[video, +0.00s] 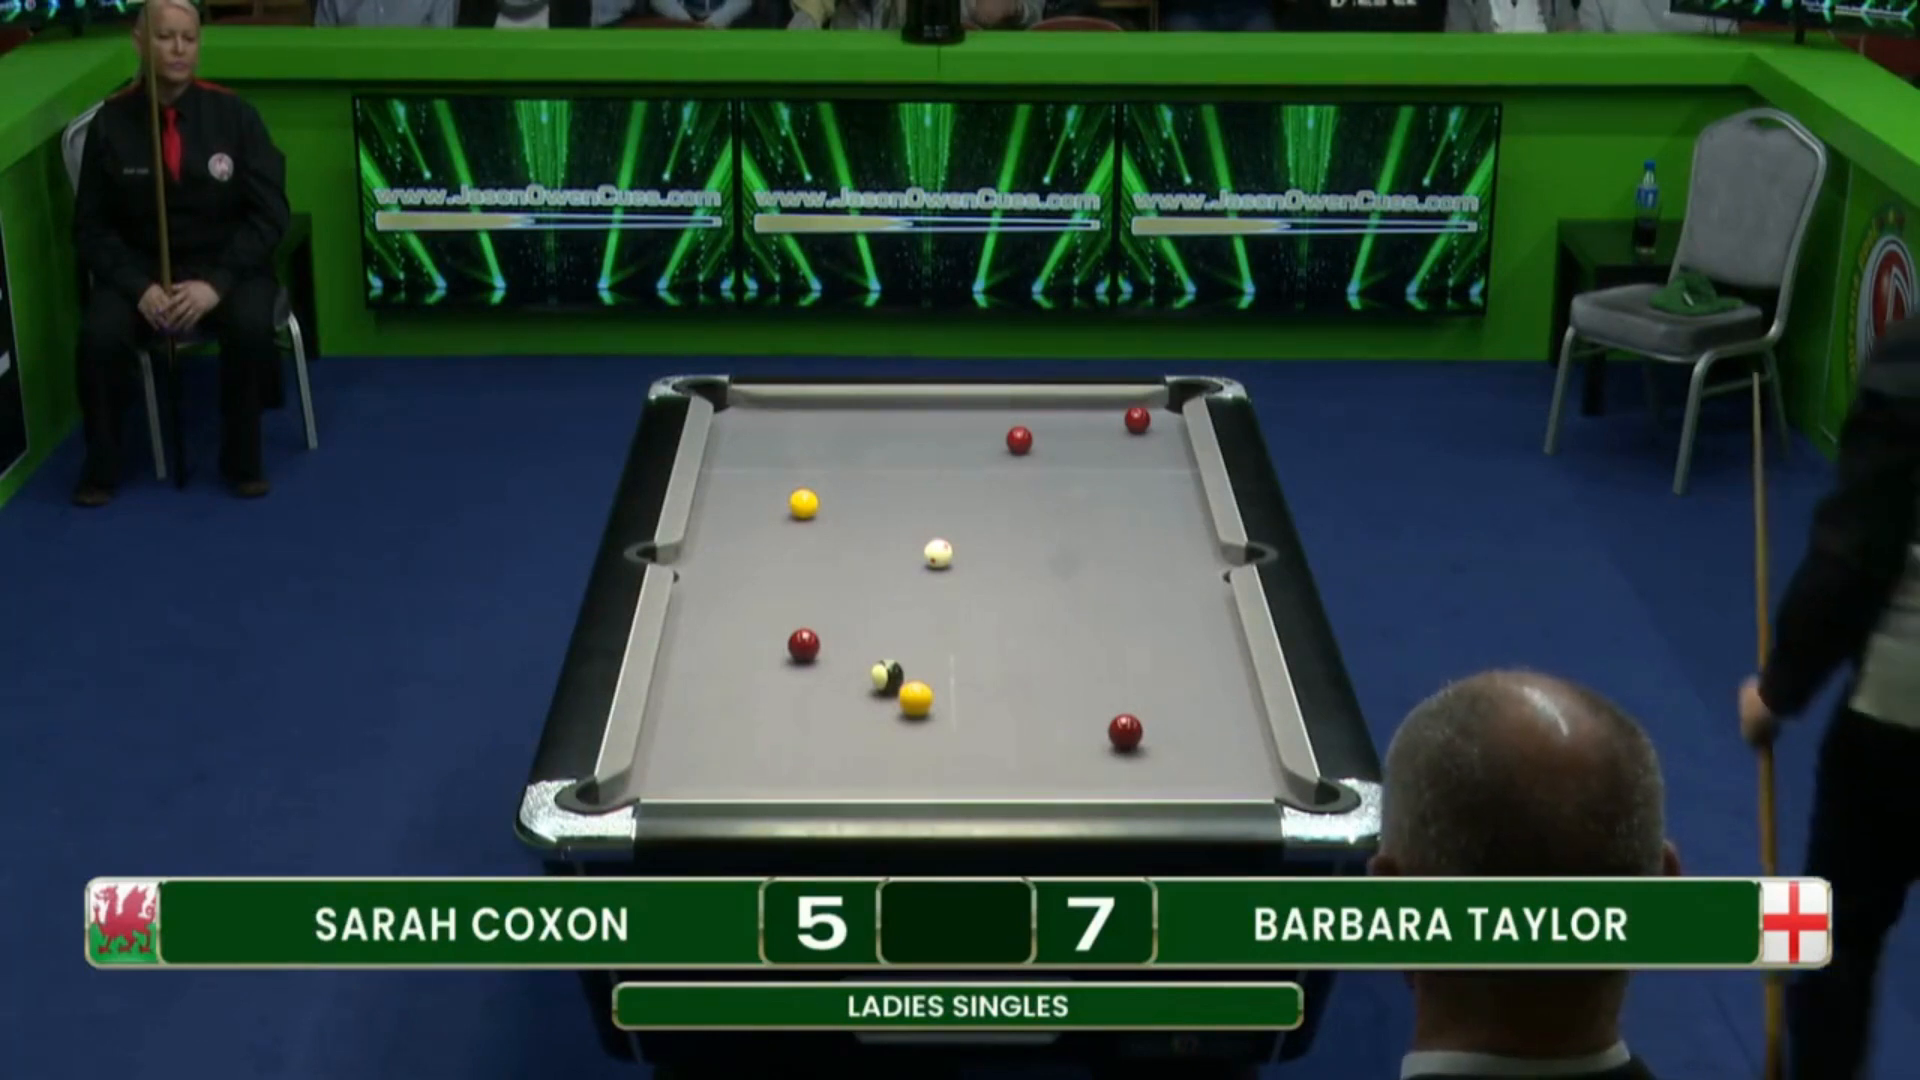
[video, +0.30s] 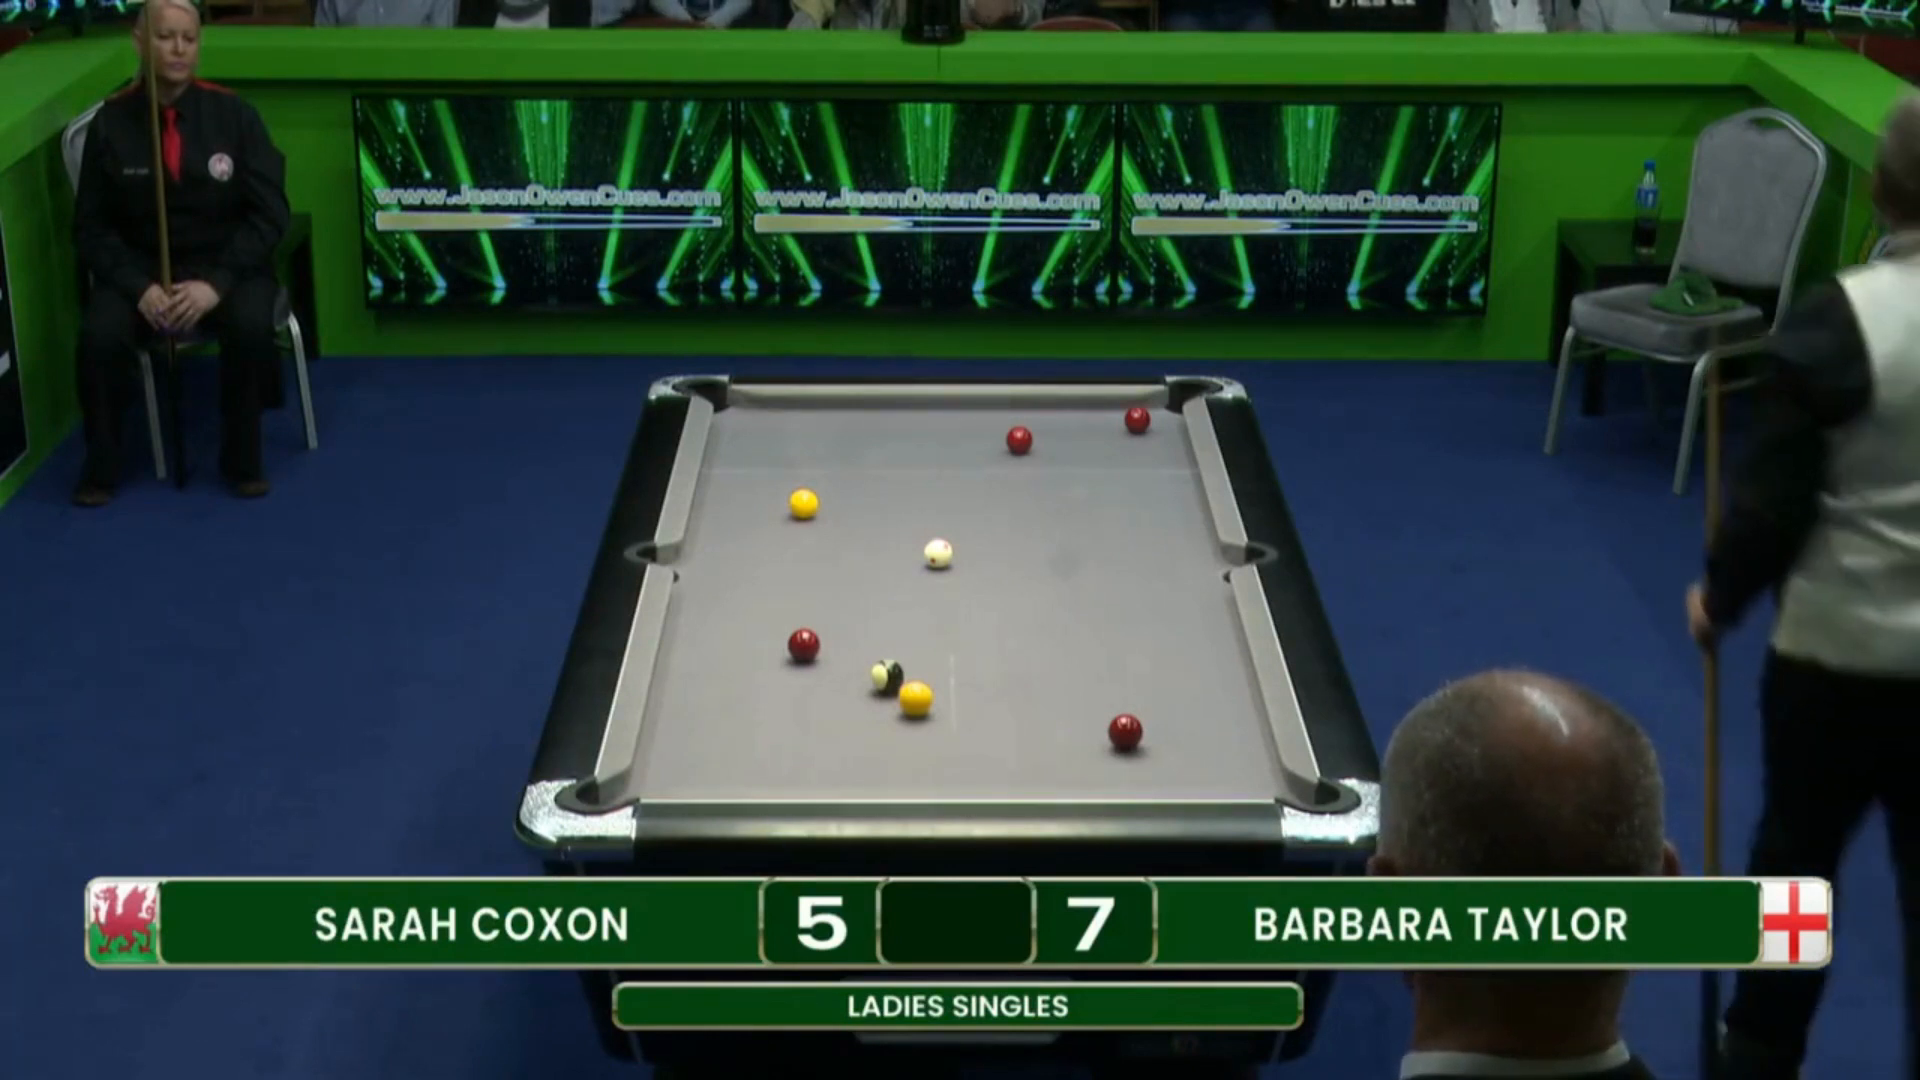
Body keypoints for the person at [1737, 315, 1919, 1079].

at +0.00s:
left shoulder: (1905, 373)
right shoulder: (1900, 372)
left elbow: (1857, 547)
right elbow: (1858, 546)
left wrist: (1778, 688)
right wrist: (1783, 683)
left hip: (1900, 711)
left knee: (1840, 933)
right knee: (1841, 933)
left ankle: (1821, 1062)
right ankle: (1826, 1057)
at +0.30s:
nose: (1870, 182)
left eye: (1876, 168)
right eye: (1879, 168)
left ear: (1887, 188)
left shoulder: (1844, 318)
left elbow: (1773, 489)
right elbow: (1778, 484)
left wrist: (1721, 595)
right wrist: (1726, 590)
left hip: (1843, 652)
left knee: (1794, 861)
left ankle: (1761, 1051)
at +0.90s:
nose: (1752, 135)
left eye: (1763, 117)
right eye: (1753, 115)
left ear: (1821, 123)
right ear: (1858, 120)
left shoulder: (1774, 227)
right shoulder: (1915, 204)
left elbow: (1707, 394)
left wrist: (1637, 473)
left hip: (1776, 540)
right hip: (1889, 537)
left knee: (1754, 757)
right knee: (1822, 722)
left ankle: (1766, 1023)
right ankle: (1794, 930)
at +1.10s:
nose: (1744, 111)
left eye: (1758, 92)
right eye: (1744, 91)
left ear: (1828, 95)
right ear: (1839, 95)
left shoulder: (1780, 206)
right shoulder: (1907, 171)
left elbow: (1726, 373)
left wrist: (1641, 463)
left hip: (1767, 502)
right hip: (1879, 499)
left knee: (1696, 681)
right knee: (1807, 682)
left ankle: (1749, 902)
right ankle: (1794, 898)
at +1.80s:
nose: (1664, 67)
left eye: (1682, 53)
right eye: (1662, 48)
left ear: (1744, 55)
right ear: (1746, 55)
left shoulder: (1722, 163)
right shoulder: (1789, 116)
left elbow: (1695, 321)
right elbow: (1819, 264)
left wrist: (1618, 434)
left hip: (1711, 431)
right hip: (1769, 417)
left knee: (1653, 615)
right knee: (1693, 590)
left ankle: (1668, 829)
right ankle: (1727, 779)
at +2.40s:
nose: (1651, 54)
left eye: (1669, 38)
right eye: (1644, 36)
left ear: (1727, 36)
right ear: (1642, 31)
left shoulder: (1795, 126)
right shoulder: (1671, 118)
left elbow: (1813, 277)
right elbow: (1668, 252)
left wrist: (1769, 397)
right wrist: (1646, 333)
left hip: (1780, 409)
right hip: (1696, 395)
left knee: (1746, 611)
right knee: (1696, 587)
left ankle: (1740, 830)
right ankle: (1705, 757)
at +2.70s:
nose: (1688, 64)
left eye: (1710, 48)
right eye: (1684, 45)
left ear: (1768, 52)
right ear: (1679, 42)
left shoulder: (1837, 147)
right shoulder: (1676, 135)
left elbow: (1867, 298)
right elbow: (1650, 264)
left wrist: (1843, 426)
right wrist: (1634, 349)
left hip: (1793, 434)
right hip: (1695, 421)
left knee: (1776, 628)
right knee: (1701, 604)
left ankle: (1784, 825)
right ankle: (1710, 761)